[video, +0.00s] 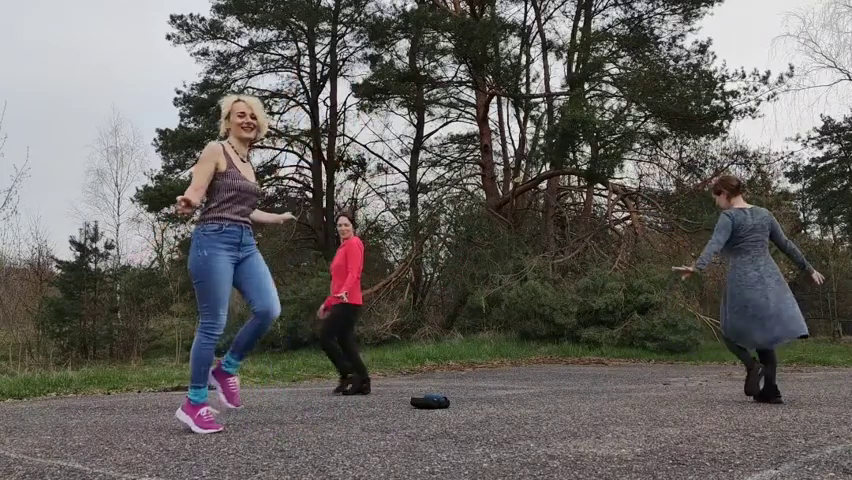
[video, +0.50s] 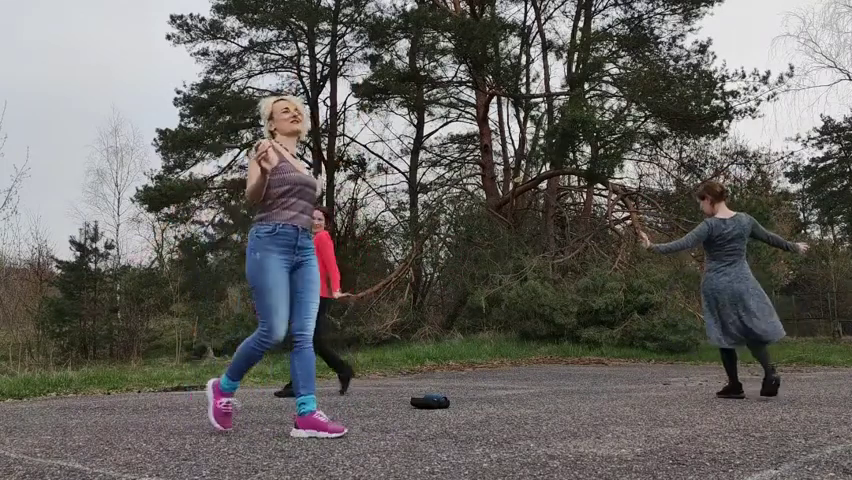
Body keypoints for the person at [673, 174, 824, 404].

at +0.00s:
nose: (716, 202)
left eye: (716, 197)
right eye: (715, 198)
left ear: (725, 194)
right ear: (739, 192)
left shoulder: (728, 217)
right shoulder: (764, 214)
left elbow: (715, 243)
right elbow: (786, 244)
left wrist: (697, 266)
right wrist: (810, 269)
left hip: (742, 280)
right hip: (768, 278)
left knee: (730, 333)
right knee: (763, 332)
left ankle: (751, 364)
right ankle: (770, 388)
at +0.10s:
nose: (714, 201)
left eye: (714, 196)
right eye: (713, 197)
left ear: (722, 192)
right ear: (735, 190)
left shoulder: (726, 215)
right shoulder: (761, 211)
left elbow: (707, 238)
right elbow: (785, 238)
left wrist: (681, 256)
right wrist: (808, 255)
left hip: (739, 278)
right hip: (765, 275)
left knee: (728, 330)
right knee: (764, 331)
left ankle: (743, 374)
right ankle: (771, 388)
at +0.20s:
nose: (712, 203)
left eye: (712, 198)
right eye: (711, 199)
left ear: (721, 194)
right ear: (736, 192)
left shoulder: (724, 218)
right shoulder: (759, 212)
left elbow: (699, 238)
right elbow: (782, 234)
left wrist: (668, 246)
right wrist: (803, 244)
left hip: (734, 280)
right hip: (761, 278)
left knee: (730, 330)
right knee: (761, 331)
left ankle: (735, 381)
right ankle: (770, 387)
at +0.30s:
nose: (710, 206)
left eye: (710, 202)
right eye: (708, 202)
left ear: (718, 198)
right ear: (732, 196)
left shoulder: (720, 221)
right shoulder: (755, 217)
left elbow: (693, 240)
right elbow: (777, 236)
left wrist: (660, 242)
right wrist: (797, 241)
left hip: (729, 283)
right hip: (756, 281)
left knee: (731, 334)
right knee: (757, 333)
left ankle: (735, 384)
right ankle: (769, 386)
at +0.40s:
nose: (705, 208)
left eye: (705, 202)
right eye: (704, 203)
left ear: (713, 199)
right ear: (725, 197)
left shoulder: (714, 224)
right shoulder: (750, 219)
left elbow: (688, 242)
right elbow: (772, 237)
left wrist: (655, 244)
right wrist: (794, 242)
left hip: (722, 283)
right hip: (749, 281)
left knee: (727, 334)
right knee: (753, 332)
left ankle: (734, 384)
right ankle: (769, 379)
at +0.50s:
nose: (700, 207)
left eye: (702, 201)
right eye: (700, 202)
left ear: (712, 200)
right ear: (720, 199)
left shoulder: (709, 225)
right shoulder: (744, 220)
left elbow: (684, 243)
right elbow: (769, 237)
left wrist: (652, 247)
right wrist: (793, 246)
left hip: (715, 283)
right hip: (742, 280)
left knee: (723, 334)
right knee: (751, 331)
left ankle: (733, 384)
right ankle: (770, 372)